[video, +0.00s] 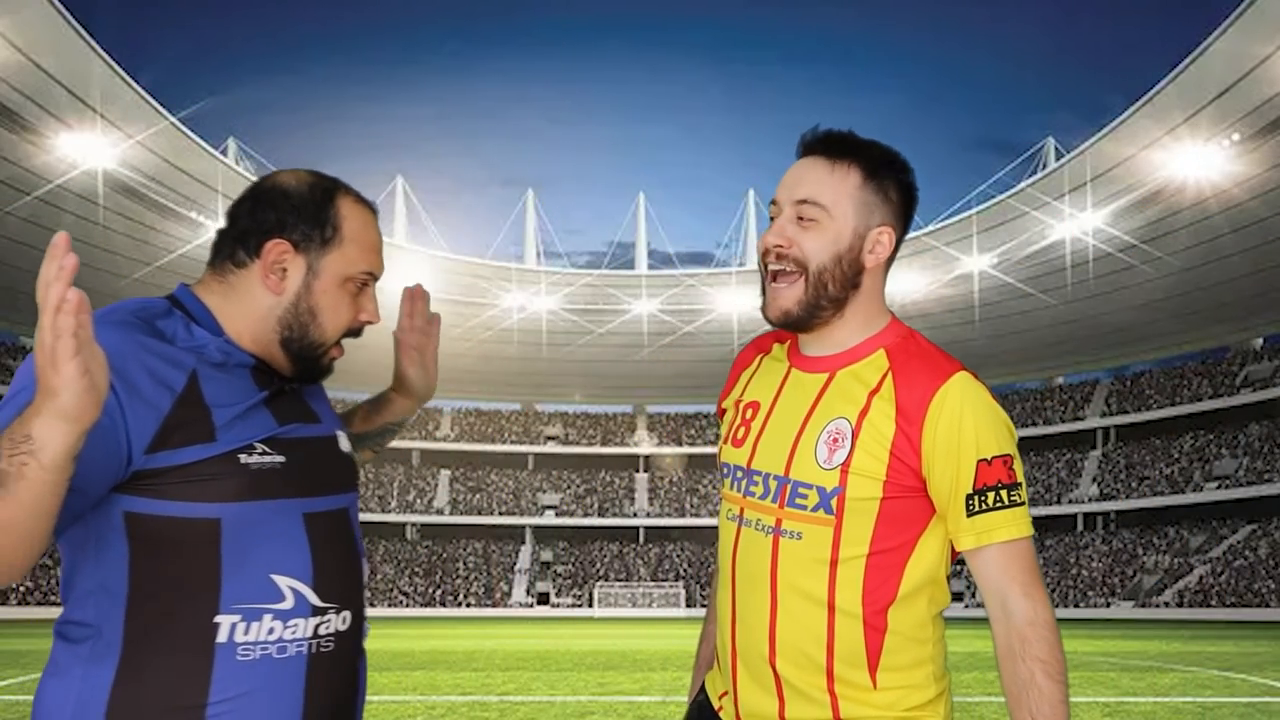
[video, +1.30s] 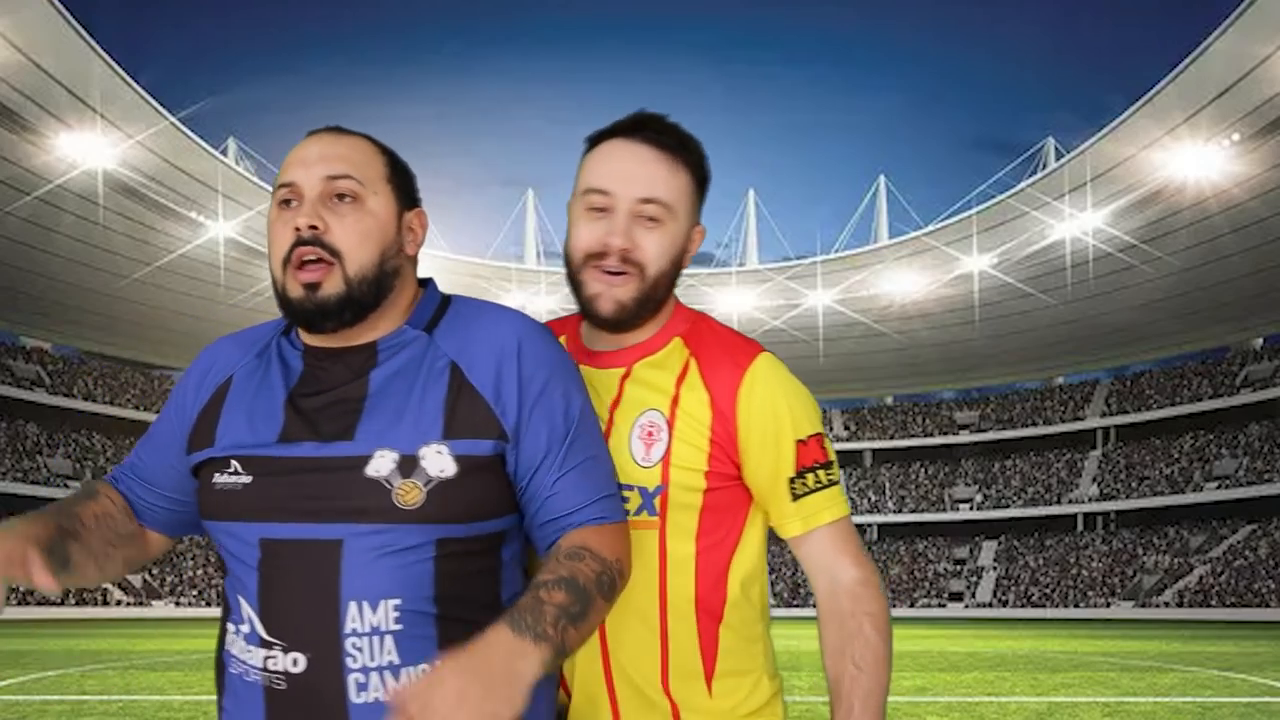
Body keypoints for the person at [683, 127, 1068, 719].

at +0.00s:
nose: (772, 239)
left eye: (806, 218)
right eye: (773, 217)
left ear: (878, 246)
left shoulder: (946, 401)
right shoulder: (752, 366)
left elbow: (1020, 618)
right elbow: (739, 562)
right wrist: (703, 692)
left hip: (875, 706)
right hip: (730, 702)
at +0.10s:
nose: (755, 239)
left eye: (787, 220)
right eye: (762, 217)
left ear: (860, 248)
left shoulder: (942, 399)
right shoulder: (746, 367)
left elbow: (1015, 610)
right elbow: (733, 560)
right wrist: (696, 694)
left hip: (875, 706)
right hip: (728, 703)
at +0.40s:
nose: (691, 251)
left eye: (721, 229)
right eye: (695, 228)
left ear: (794, 249)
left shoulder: (877, 388)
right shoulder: (685, 377)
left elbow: (965, 588)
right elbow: (671, 542)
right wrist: (618, 676)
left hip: (825, 705)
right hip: (683, 705)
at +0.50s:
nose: (661, 254)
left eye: (691, 232)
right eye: (662, 232)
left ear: (763, 249)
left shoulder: (845, 386)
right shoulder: (652, 378)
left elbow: (939, 582)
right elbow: (637, 537)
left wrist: (956, 713)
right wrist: (579, 674)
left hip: (797, 705)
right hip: (657, 704)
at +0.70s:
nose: (593, 266)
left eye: (622, 243)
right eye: (595, 242)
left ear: (693, 258)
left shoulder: (786, 381)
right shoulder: (581, 385)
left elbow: (887, 565)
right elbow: (570, 552)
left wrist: (930, 712)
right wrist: (514, 661)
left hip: (755, 704)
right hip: (613, 705)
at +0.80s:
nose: (578, 262)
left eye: (609, 238)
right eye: (574, 238)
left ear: (676, 253)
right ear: (565, 245)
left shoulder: (762, 376)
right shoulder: (554, 383)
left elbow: (865, 558)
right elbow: (538, 546)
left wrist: (913, 710)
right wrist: (509, 684)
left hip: (738, 702)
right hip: (597, 703)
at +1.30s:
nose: (616, 241)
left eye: (650, 219)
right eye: (597, 210)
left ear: (691, 242)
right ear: (568, 220)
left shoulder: (747, 383)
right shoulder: (527, 367)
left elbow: (847, 587)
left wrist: (857, 714)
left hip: (718, 703)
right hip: (566, 704)